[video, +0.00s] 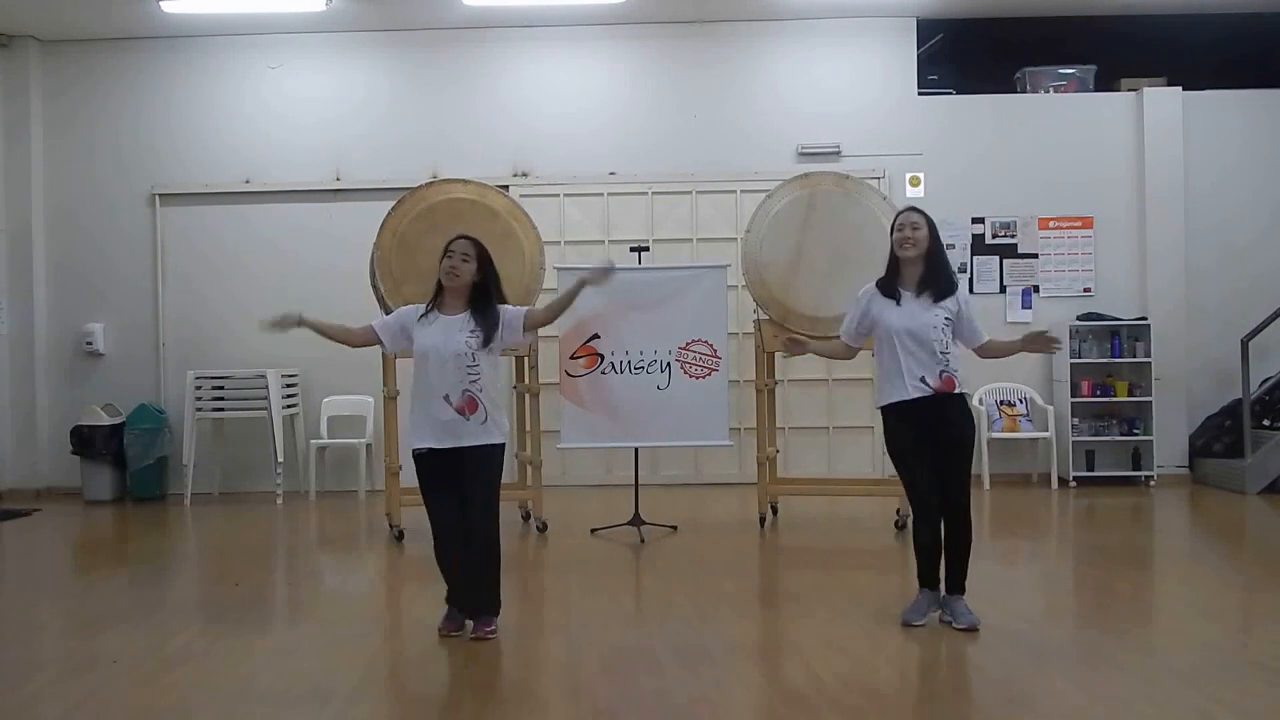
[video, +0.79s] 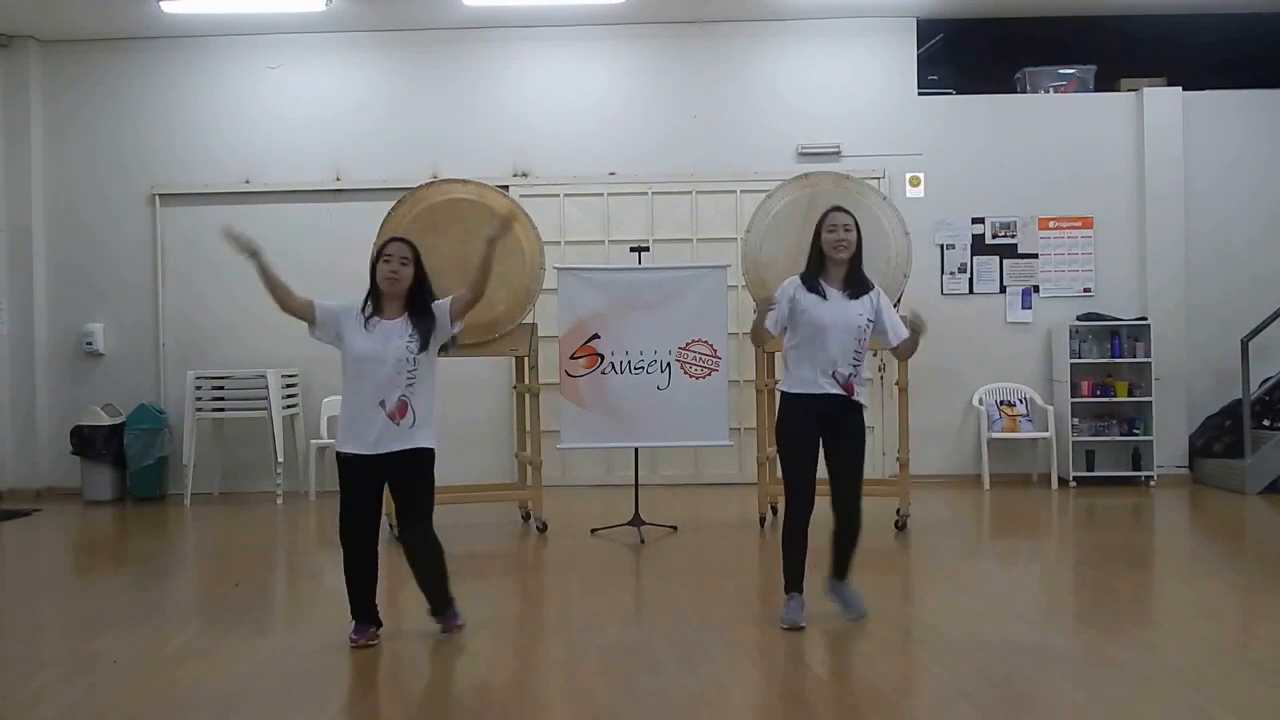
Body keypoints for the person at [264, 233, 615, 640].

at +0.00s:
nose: (454, 262)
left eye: (465, 258)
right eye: (449, 255)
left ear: (479, 273)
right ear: (438, 265)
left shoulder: (491, 317)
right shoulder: (413, 317)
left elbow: (543, 314)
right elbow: (356, 336)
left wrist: (580, 285)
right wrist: (307, 322)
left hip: (483, 440)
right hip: (430, 442)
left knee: (481, 527)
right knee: (445, 529)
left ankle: (485, 612)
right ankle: (457, 603)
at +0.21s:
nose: (458, 266)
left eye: (469, 263)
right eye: (455, 258)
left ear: (481, 278)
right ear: (443, 267)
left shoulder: (491, 319)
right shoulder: (416, 315)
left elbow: (527, 302)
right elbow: (359, 313)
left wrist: (535, 261)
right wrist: (321, 275)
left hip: (478, 449)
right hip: (426, 449)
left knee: (477, 535)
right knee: (420, 534)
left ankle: (485, 613)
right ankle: (451, 595)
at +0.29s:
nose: (453, 265)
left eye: (465, 262)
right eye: (450, 257)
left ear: (479, 278)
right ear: (440, 266)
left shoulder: (486, 318)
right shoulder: (415, 313)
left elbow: (509, 289)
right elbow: (362, 297)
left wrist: (505, 233)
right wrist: (336, 252)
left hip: (474, 446)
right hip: (422, 445)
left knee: (475, 531)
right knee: (406, 525)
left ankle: (485, 613)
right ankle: (434, 596)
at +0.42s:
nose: (437, 263)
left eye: (447, 260)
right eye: (435, 255)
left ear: (464, 273)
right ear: (425, 266)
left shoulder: (472, 316)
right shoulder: (405, 311)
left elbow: (470, 273)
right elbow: (365, 281)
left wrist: (443, 224)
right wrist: (376, 234)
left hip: (460, 443)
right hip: (409, 443)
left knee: (470, 533)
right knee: (388, 534)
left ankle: (484, 614)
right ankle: (380, 615)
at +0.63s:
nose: (412, 268)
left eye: (422, 265)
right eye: (407, 260)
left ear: (435, 280)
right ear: (395, 270)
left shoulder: (443, 323)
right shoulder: (374, 317)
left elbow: (458, 282)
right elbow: (333, 288)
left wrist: (431, 241)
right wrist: (355, 246)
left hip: (428, 449)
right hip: (375, 448)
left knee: (447, 535)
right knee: (368, 539)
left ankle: (480, 612)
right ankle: (364, 620)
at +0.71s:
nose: (400, 267)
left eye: (411, 263)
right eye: (395, 260)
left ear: (423, 277)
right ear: (381, 269)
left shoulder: (434, 321)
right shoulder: (357, 317)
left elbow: (467, 289)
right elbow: (304, 294)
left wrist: (462, 237)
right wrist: (295, 245)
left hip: (417, 447)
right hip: (363, 447)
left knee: (428, 531)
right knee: (361, 538)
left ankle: (465, 609)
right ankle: (364, 621)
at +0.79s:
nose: (394, 267)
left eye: (404, 262)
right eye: (387, 260)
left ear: (416, 275)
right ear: (374, 270)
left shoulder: (429, 320)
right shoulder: (348, 318)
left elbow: (472, 294)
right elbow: (290, 303)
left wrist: (489, 246)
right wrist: (259, 260)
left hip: (412, 446)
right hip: (358, 447)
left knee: (416, 532)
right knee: (357, 538)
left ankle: (444, 608)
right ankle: (365, 620)